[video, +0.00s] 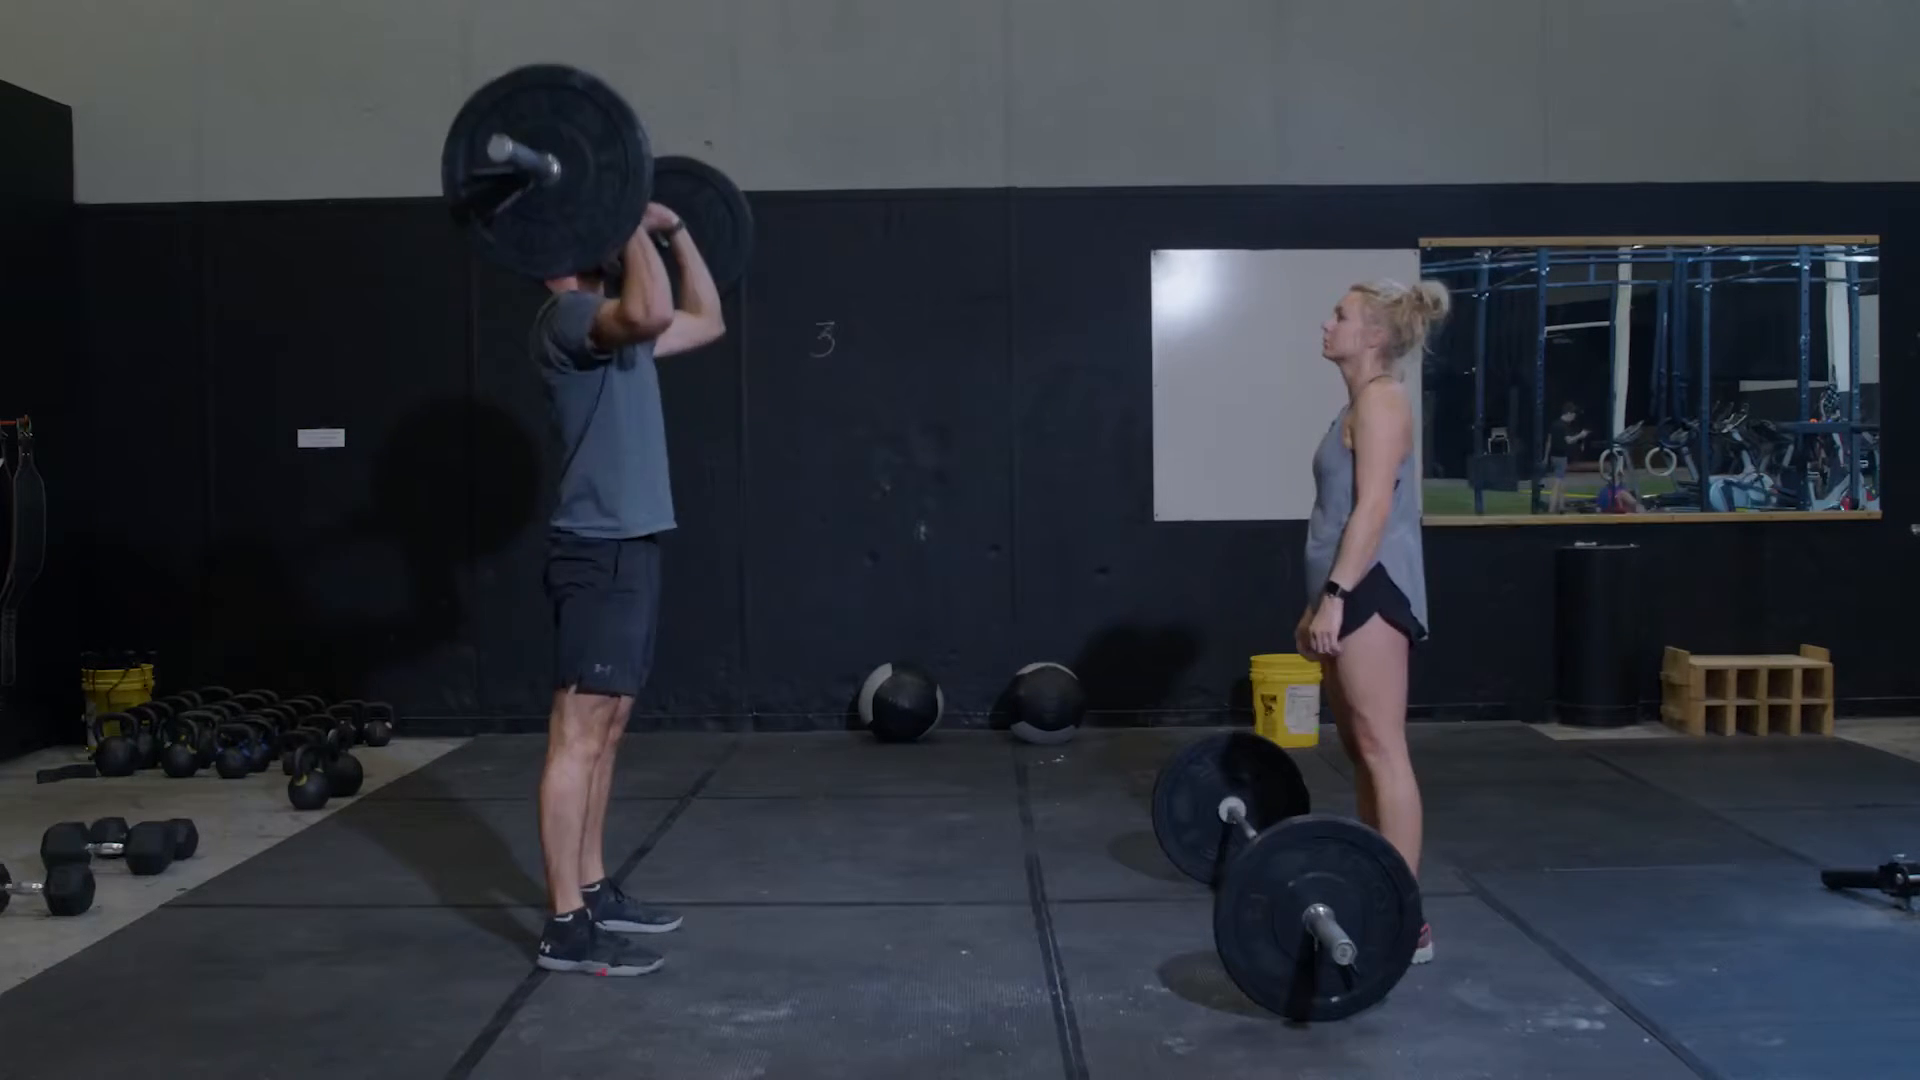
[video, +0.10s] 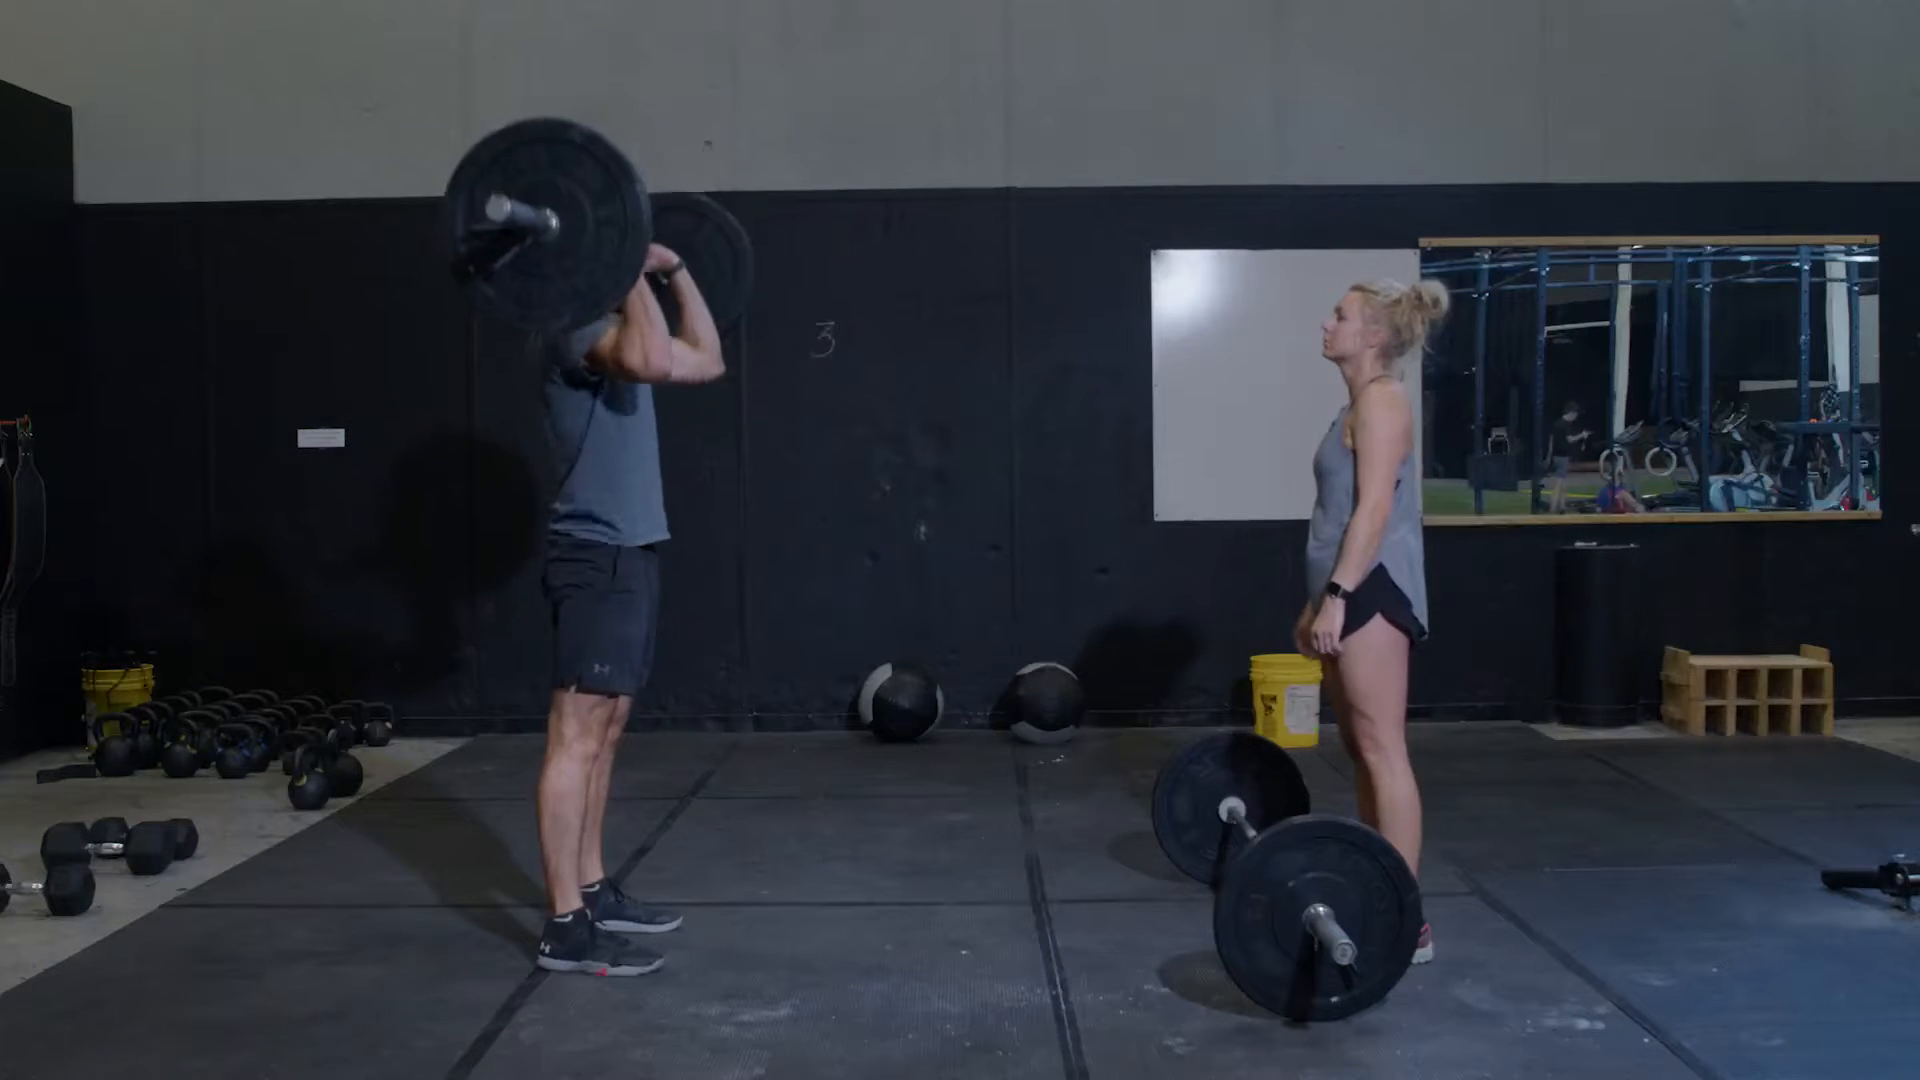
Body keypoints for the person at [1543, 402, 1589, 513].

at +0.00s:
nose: (1573, 419)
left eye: (1573, 417)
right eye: (1572, 416)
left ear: (1565, 414)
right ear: (1568, 414)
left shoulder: (1555, 424)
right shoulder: (1563, 425)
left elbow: (1549, 442)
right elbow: (1569, 440)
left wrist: (1546, 457)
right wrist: (1580, 435)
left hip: (1554, 456)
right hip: (1561, 456)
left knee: (1561, 481)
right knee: (1558, 481)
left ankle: (1561, 505)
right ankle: (1552, 507)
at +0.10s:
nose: (1574, 418)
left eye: (1575, 416)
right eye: (1574, 415)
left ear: (1568, 413)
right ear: (1570, 414)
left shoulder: (1559, 423)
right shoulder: (1564, 425)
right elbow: (1569, 439)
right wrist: (1582, 436)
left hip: (1559, 456)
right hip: (1562, 456)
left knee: (1563, 481)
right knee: (1559, 481)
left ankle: (1562, 505)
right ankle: (1554, 507)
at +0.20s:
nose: (1576, 417)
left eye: (1576, 415)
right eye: (1576, 415)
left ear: (1569, 413)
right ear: (1571, 413)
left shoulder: (1560, 423)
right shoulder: (1566, 425)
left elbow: (1568, 438)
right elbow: (1570, 439)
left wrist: (1580, 439)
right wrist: (1582, 439)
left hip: (1560, 455)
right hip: (1565, 456)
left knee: (1563, 482)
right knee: (1564, 482)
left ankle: (1561, 505)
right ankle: (1557, 505)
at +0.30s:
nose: (1577, 417)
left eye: (1578, 415)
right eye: (1577, 415)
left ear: (1568, 413)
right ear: (1573, 413)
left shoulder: (1559, 423)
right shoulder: (1570, 425)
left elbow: (1555, 440)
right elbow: (1572, 439)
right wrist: (1581, 443)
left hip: (1559, 455)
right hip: (1567, 456)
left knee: (1563, 481)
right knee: (1567, 482)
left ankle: (1558, 503)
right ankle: (1561, 504)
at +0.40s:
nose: (1581, 417)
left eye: (1582, 415)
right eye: (1581, 415)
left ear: (1572, 412)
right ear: (1577, 413)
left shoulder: (1563, 423)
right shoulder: (1571, 424)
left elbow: (1559, 441)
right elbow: (1572, 439)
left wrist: (1559, 450)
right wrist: (1580, 447)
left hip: (1563, 455)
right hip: (1570, 456)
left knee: (1568, 478)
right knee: (1577, 478)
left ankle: (1565, 501)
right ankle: (1569, 500)